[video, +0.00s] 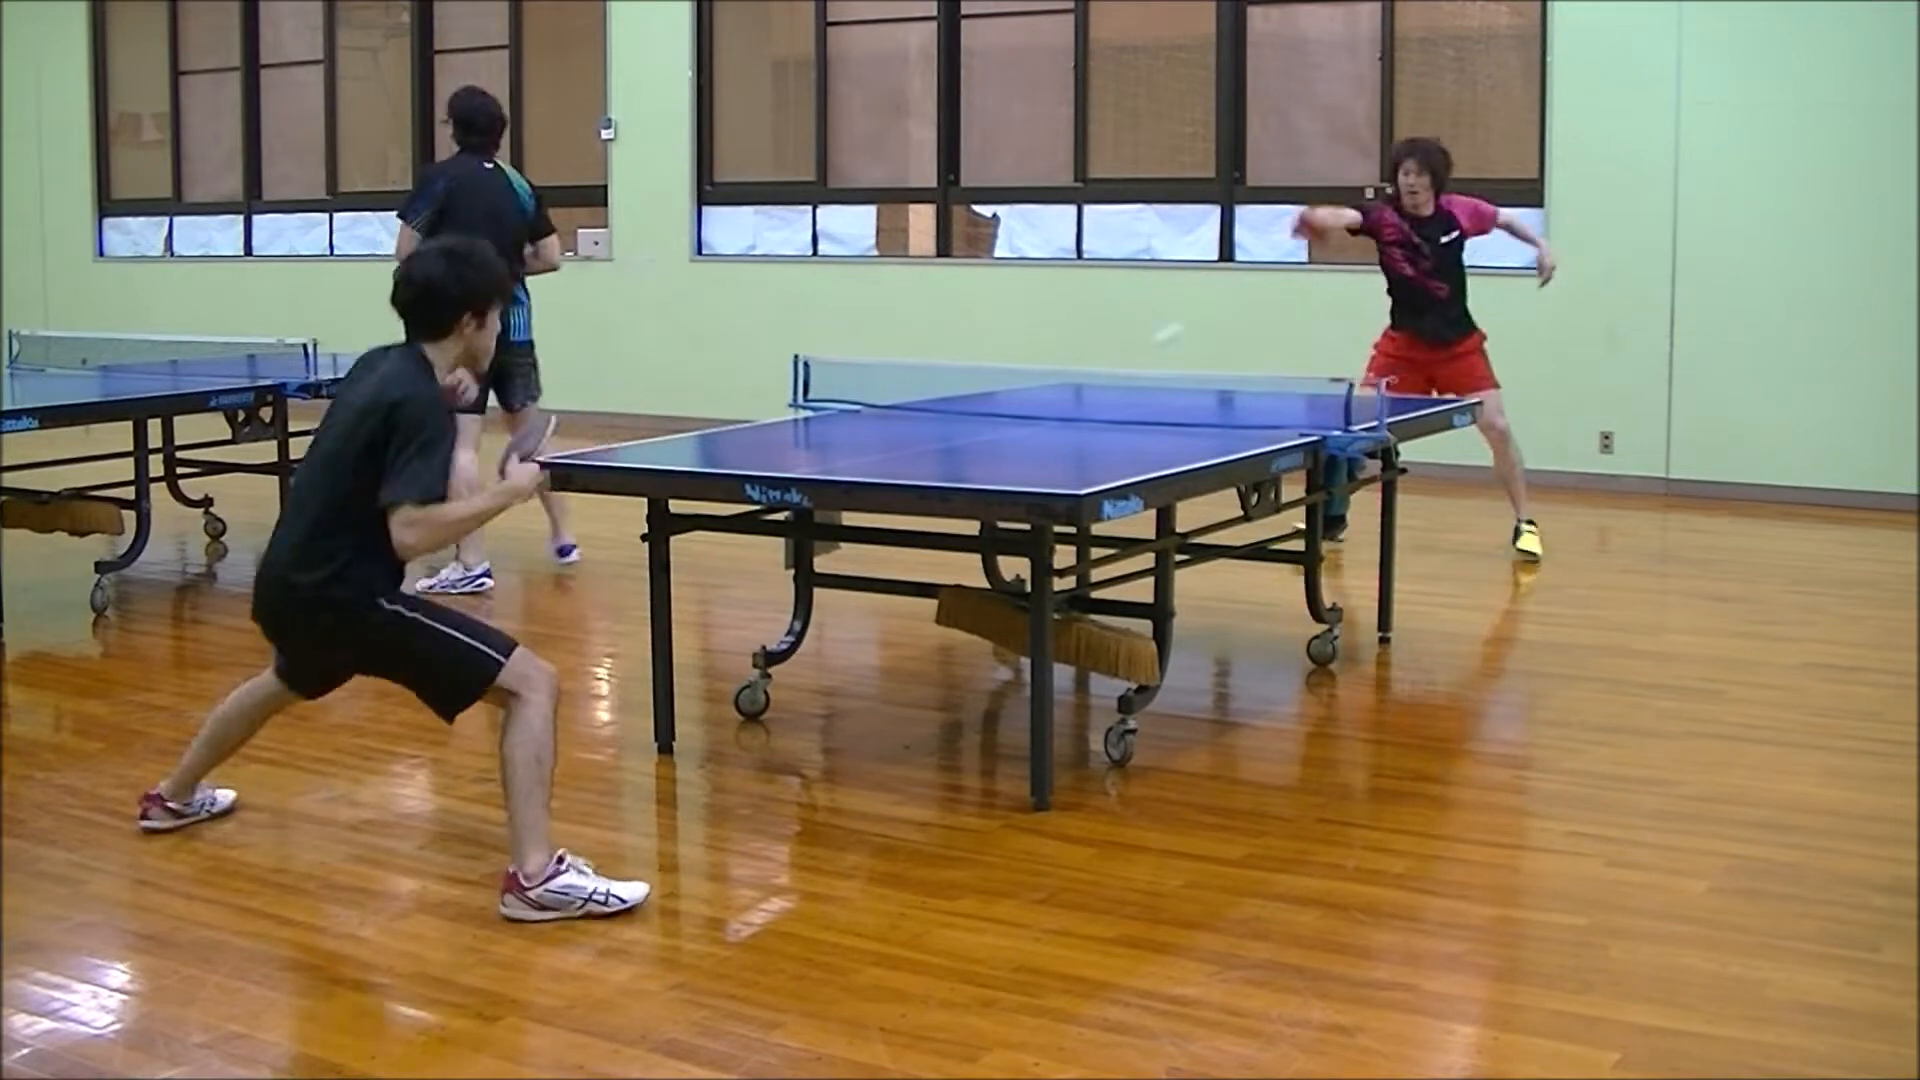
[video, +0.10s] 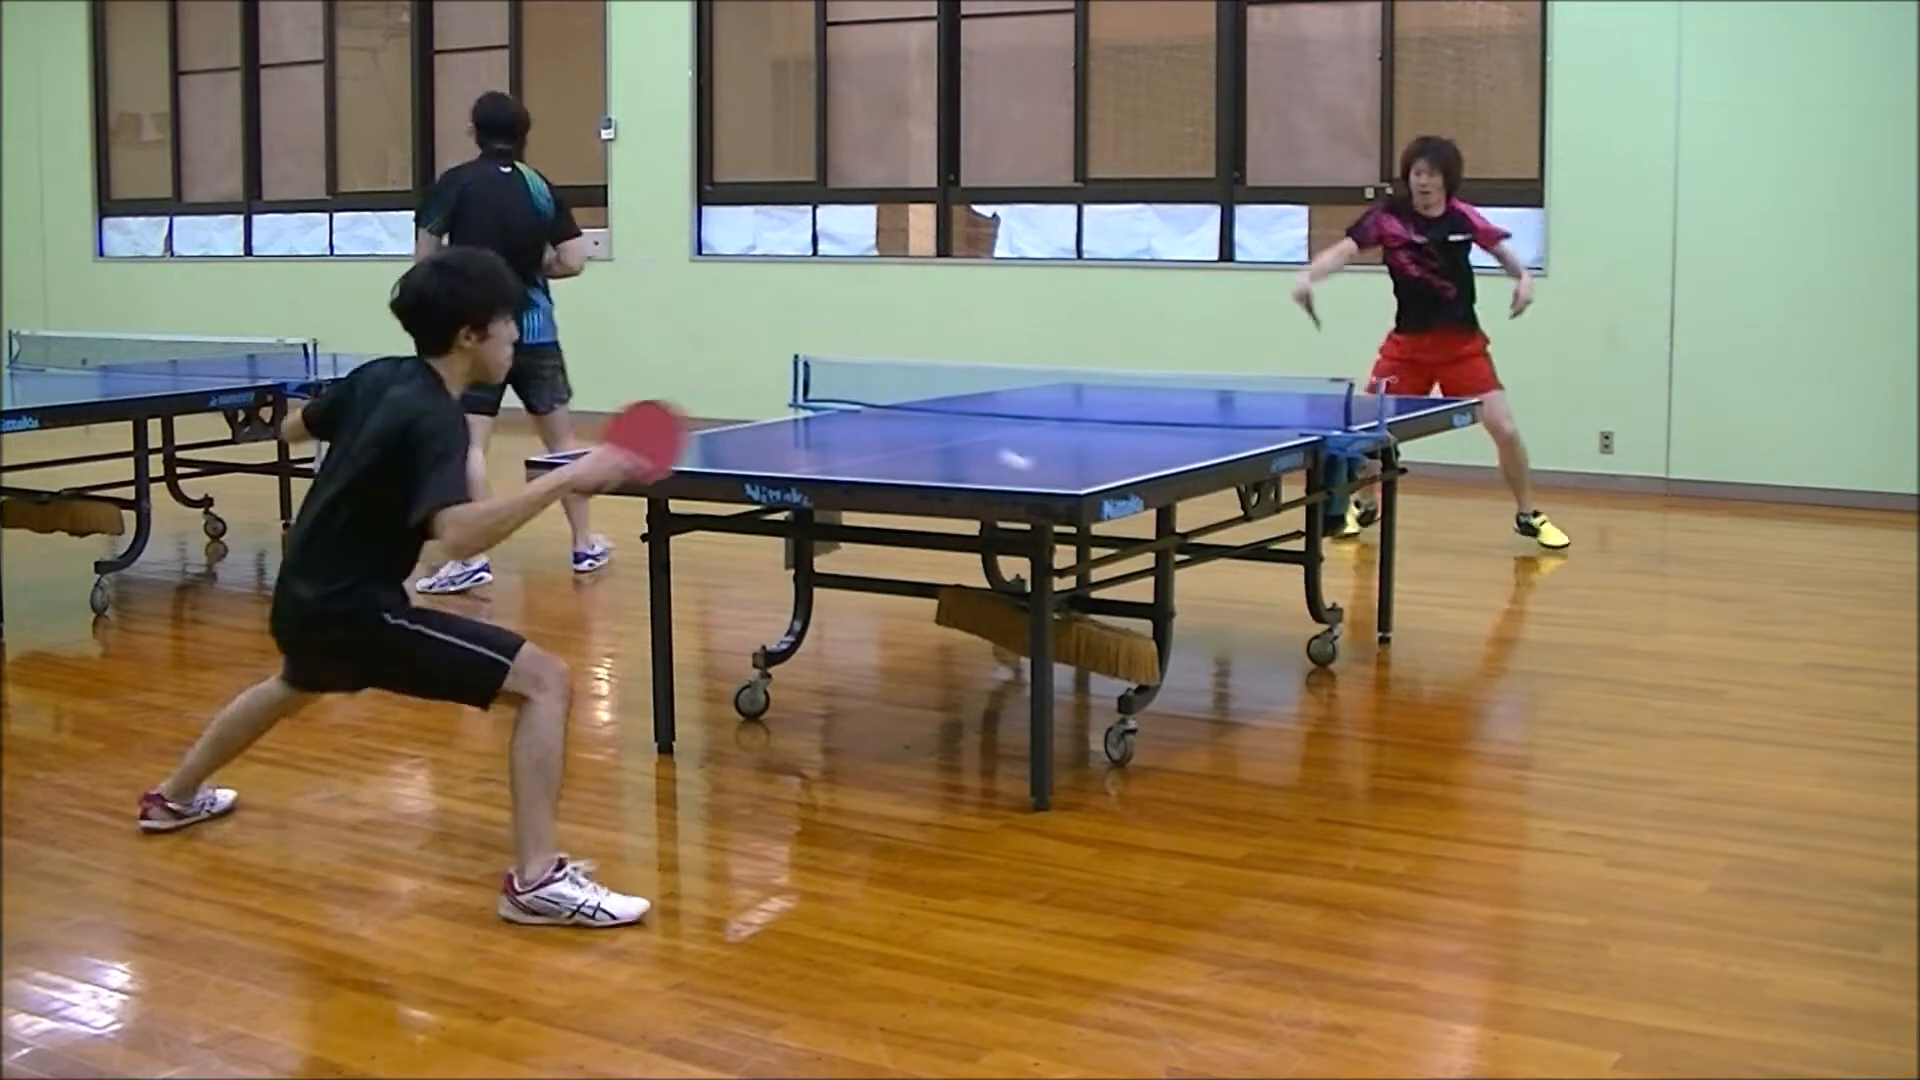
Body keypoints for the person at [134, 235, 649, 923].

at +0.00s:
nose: (497, 332)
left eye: (499, 319)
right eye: (496, 317)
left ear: (423, 311)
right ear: (472, 321)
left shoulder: (376, 368)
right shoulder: (421, 398)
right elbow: (410, 534)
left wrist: (449, 416)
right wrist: (508, 495)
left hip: (285, 593)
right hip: (346, 607)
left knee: (288, 679)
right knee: (533, 684)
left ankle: (172, 795)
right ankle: (537, 872)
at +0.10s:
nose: (515, 339)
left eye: (513, 325)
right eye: (508, 326)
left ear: (450, 331)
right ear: (470, 334)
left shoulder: (375, 378)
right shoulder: (438, 417)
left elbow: (299, 428)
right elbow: (457, 534)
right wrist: (568, 479)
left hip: (301, 612)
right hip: (356, 626)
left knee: (297, 682)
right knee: (545, 681)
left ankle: (172, 796)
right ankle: (538, 876)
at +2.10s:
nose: (479, 257)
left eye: (476, 245)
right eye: (474, 246)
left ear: (395, 258)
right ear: (453, 258)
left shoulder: (344, 331)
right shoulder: (477, 337)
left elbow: (307, 403)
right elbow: (595, 351)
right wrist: (628, 252)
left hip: (343, 577)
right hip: (428, 578)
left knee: (455, 619)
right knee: (477, 756)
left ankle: (439, 762)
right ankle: (454, 866)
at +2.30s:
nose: (484, 306)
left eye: (482, 295)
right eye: (480, 296)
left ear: (399, 304)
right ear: (463, 302)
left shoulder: (355, 386)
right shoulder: (497, 376)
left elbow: (308, 500)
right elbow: (557, 434)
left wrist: (358, 549)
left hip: (389, 602)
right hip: (476, 603)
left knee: (437, 655)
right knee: (512, 773)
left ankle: (457, 771)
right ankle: (470, 846)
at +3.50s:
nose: (679, 258)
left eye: (673, 244)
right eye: (665, 248)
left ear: (618, 271)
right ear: (620, 274)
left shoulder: (587, 324)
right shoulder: (588, 370)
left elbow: (599, 406)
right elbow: (707, 477)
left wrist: (674, 415)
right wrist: (821, 428)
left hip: (477, 547)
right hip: (492, 568)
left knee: (464, 664)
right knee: (635, 722)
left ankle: (366, 778)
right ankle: (558, 894)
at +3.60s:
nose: (743, 225)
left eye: (737, 209)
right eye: (733, 213)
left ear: (662, 229)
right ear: (695, 234)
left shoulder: (602, 282)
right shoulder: (695, 333)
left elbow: (562, 350)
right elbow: (870, 362)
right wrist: (978, 284)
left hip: (511, 523)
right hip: (547, 553)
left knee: (591, 640)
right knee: (709, 729)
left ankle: (495, 784)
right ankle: (569, 868)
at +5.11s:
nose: (267, 256)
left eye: (262, 241)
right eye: (257, 244)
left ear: (211, 261)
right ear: (222, 267)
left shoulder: (194, 316)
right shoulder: (171, 356)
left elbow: (198, 389)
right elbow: (165, 501)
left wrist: (242, 381)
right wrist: (250, 434)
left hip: (164, 529)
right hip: (129, 544)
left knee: (195, 649)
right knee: (245, 682)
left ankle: (110, 783)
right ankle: (169, 870)